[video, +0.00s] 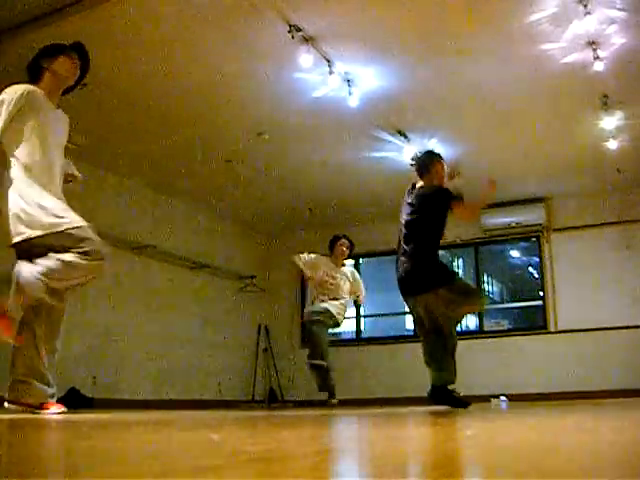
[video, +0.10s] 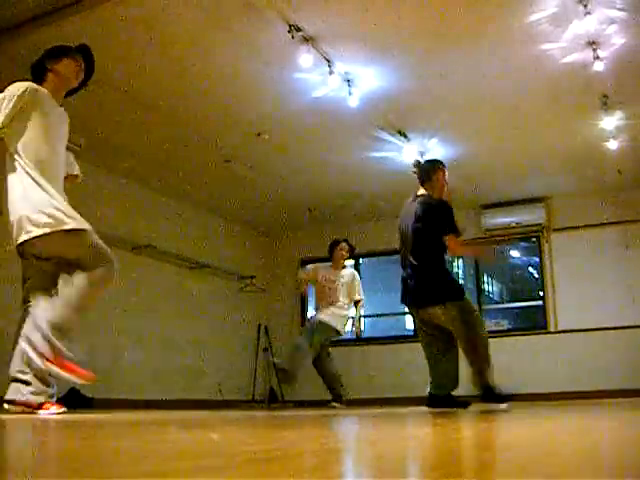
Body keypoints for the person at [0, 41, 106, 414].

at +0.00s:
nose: (75, 65)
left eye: (79, 64)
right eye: (68, 57)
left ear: (76, 81)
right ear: (46, 64)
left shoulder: (60, 117)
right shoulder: (22, 94)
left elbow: (42, 156)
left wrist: (65, 169)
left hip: (43, 204)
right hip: (21, 197)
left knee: (48, 298)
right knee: (92, 254)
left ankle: (29, 388)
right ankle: (26, 281)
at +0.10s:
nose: (77, 69)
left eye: (82, 69)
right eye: (71, 61)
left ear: (79, 83)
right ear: (49, 65)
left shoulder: (60, 116)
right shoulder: (26, 91)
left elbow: (57, 159)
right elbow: (1, 127)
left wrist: (69, 165)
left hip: (43, 211)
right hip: (34, 206)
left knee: (42, 302)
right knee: (101, 266)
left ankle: (26, 390)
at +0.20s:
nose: (82, 80)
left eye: (85, 79)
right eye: (78, 71)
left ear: (78, 88)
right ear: (57, 71)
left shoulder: (57, 122)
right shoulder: (28, 97)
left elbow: (47, 165)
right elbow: (1, 133)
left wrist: (71, 171)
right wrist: (12, 175)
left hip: (51, 216)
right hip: (34, 212)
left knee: (50, 309)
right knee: (76, 300)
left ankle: (26, 391)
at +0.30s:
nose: (85, 94)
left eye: (90, 93)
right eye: (82, 84)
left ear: (86, 103)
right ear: (61, 81)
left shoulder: (62, 144)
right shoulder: (28, 105)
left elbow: (60, 203)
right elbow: (2, 151)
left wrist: (95, 193)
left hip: (43, 226)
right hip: (28, 220)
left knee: (53, 314)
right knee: (94, 281)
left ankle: (29, 390)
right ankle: (101, 375)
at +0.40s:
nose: (89, 99)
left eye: (96, 96)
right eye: (87, 88)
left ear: (94, 102)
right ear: (68, 81)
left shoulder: (72, 146)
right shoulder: (29, 98)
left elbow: (75, 205)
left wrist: (106, 213)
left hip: (37, 219)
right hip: (12, 199)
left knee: (46, 297)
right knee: (92, 244)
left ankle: (27, 389)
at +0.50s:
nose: (97, 102)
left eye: (103, 100)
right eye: (94, 92)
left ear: (103, 106)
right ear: (77, 83)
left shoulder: (80, 144)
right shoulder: (39, 93)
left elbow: (56, 191)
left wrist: (94, 178)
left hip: (32, 199)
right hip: (6, 183)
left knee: (39, 285)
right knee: (59, 232)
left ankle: (18, 382)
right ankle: (12, 323)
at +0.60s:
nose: (100, 119)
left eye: (106, 115)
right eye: (97, 108)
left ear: (108, 120)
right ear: (81, 101)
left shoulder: (80, 155)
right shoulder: (42, 111)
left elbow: (54, 206)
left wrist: (85, 165)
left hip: (17, 216)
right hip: (3, 201)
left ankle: (1, 383)